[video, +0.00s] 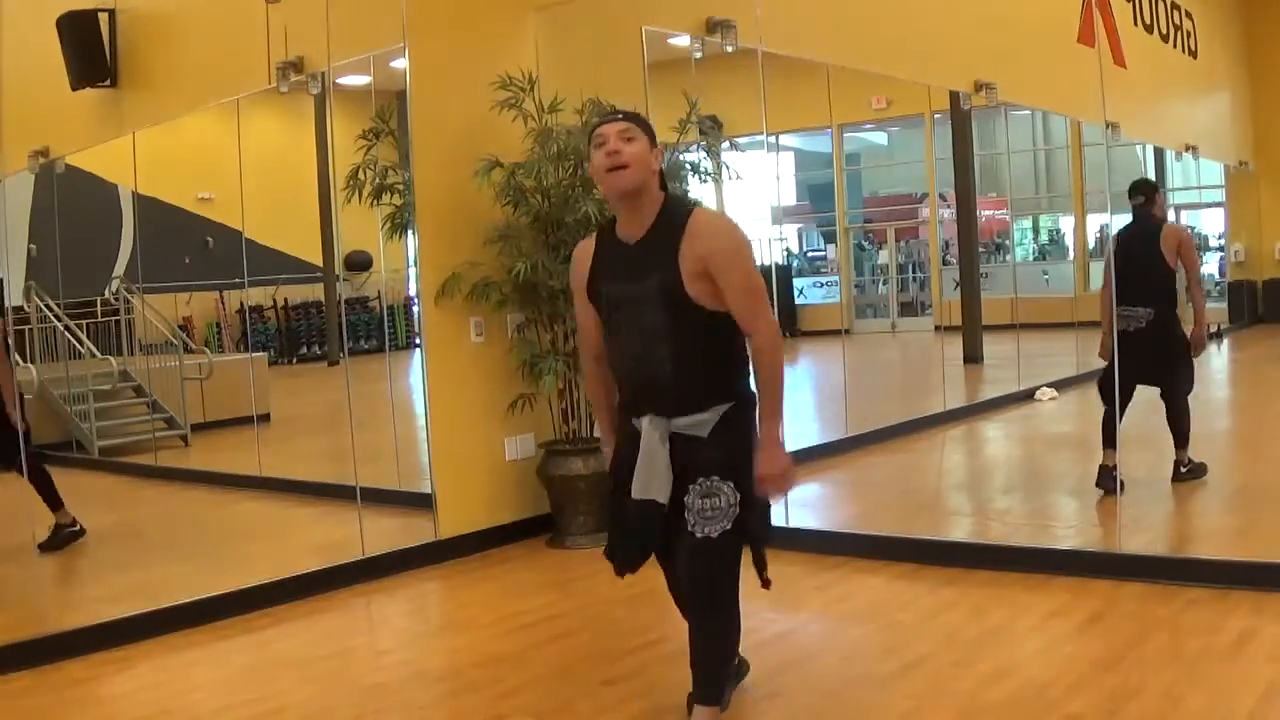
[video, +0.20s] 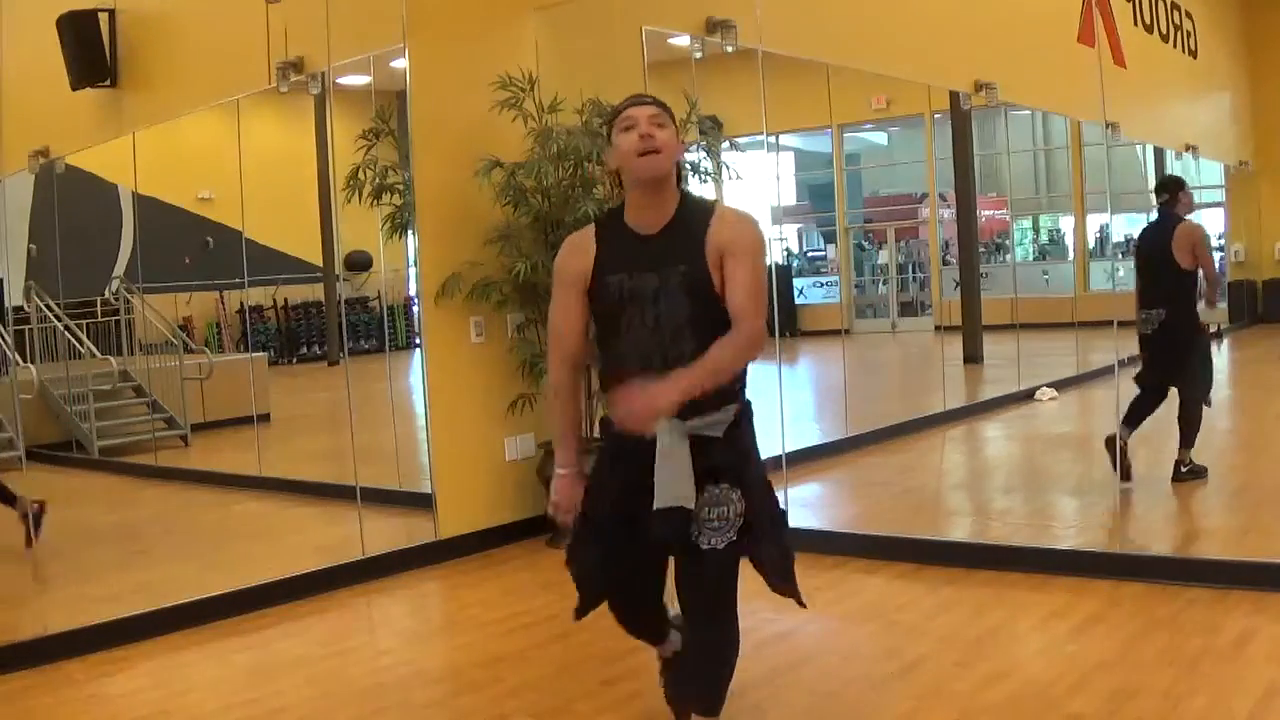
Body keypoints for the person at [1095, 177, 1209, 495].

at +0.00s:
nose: (1166, 204)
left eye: (1163, 199)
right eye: (1163, 199)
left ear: (1134, 204)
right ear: (1156, 201)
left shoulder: (1117, 240)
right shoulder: (1176, 234)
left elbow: (1107, 290)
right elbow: (1194, 284)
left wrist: (1106, 335)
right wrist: (1199, 326)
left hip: (1125, 336)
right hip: (1163, 335)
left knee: (1114, 402)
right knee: (1176, 397)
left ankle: (1107, 468)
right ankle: (1182, 462)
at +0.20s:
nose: (1192, 200)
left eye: (1191, 194)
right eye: (1189, 195)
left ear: (1162, 200)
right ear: (1180, 198)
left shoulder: (1145, 234)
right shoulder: (1191, 231)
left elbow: (1141, 286)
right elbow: (1211, 275)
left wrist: (1142, 326)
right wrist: (1212, 296)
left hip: (1149, 326)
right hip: (1182, 325)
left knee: (1154, 389)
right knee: (1193, 392)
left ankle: (1121, 435)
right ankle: (1184, 461)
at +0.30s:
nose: (1203, 197)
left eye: (1201, 191)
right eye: (1200, 191)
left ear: (1173, 195)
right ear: (1190, 193)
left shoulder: (1157, 228)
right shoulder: (1197, 227)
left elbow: (1169, 266)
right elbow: (1225, 262)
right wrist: (1226, 251)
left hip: (1157, 319)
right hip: (1186, 320)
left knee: (1174, 382)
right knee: (1196, 387)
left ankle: (1143, 440)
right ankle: (1184, 462)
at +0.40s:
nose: (1213, 198)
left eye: (1213, 192)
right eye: (1211, 192)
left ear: (1186, 193)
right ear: (1199, 192)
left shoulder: (1167, 225)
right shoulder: (1200, 221)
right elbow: (1235, 234)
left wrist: (1207, 316)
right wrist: (1232, 205)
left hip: (1166, 316)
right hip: (1189, 318)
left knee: (1187, 382)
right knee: (1195, 384)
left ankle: (1179, 452)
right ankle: (1182, 459)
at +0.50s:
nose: (1221, 198)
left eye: (1220, 192)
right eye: (1219, 192)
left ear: (1196, 194)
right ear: (1209, 193)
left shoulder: (1179, 224)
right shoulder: (1206, 221)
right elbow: (1233, 216)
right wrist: (1218, 201)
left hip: (1175, 316)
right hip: (1196, 317)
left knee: (1201, 380)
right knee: (1195, 386)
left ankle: (1211, 442)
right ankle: (1183, 461)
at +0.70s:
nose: (1233, 201)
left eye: (1230, 196)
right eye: (1230, 196)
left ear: (1205, 199)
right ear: (1223, 197)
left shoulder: (1189, 231)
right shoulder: (1230, 227)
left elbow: (1203, 277)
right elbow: (1255, 250)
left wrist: (1233, 309)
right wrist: (1232, 222)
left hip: (1190, 317)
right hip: (1214, 318)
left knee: (1219, 382)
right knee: (1210, 385)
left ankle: (1236, 444)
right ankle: (1184, 458)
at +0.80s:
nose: (1239, 203)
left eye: (1236, 197)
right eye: (1236, 198)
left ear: (1210, 202)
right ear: (1230, 199)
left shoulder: (1195, 233)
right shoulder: (1242, 231)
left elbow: (1196, 275)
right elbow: (1265, 272)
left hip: (1199, 318)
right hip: (1226, 319)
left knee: (1225, 381)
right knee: (1233, 381)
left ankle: (1237, 445)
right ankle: (1191, 447)